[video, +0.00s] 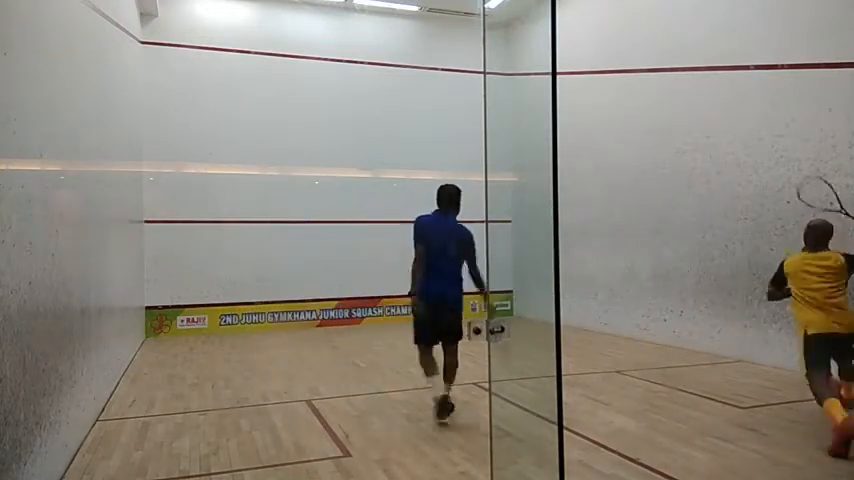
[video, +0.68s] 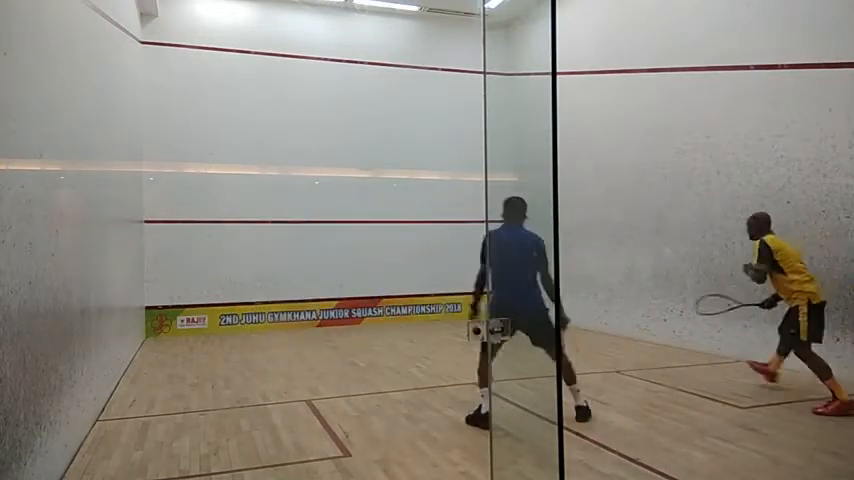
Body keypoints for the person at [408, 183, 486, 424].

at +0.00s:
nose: (459, 205)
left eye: (457, 201)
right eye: (459, 202)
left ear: (437, 202)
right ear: (457, 204)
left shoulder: (422, 223)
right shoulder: (463, 234)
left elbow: (419, 259)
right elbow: (472, 268)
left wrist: (414, 290)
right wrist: (482, 287)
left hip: (424, 296)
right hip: (451, 298)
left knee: (424, 346)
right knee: (450, 348)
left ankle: (437, 388)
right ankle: (445, 395)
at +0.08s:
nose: (467, 205)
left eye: (466, 201)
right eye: (466, 201)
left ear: (444, 201)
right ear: (463, 203)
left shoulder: (430, 225)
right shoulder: (472, 231)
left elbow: (427, 261)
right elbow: (488, 267)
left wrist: (417, 293)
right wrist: (507, 291)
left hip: (439, 299)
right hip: (464, 299)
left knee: (448, 351)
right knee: (456, 349)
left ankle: (469, 401)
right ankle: (446, 400)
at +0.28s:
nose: (478, 205)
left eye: (477, 201)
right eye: (477, 201)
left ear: (455, 203)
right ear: (474, 202)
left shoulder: (445, 231)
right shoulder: (488, 231)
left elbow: (435, 265)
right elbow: (506, 265)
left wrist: (420, 291)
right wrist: (528, 294)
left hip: (462, 300)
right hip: (486, 299)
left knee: (470, 352)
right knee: (477, 349)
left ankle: (481, 409)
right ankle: (472, 397)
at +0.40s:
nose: (462, 202)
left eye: (463, 198)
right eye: (466, 198)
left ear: (464, 201)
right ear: (485, 200)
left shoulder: (456, 229)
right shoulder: (499, 228)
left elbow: (442, 265)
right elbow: (511, 265)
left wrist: (426, 290)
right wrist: (530, 296)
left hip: (471, 301)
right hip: (498, 298)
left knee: (474, 353)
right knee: (496, 342)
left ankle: (483, 410)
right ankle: (493, 396)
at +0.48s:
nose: (477, 204)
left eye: (476, 199)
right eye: (489, 199)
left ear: (473, 201)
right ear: (495, 201)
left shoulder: (466, 229)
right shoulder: (509, 228)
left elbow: (453, 265)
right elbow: (518, 267)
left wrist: (436, 289)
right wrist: (533, 300)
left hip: (479, 301)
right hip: (508, 300)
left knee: (475, 355)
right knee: (515, 345)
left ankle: (483, 411)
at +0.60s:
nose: (504, 210)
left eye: (496, 206)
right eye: (504, 206)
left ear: (487, 207)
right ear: (506, 208)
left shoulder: (477, 233)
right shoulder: (520, 235)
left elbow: (468, 269)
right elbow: (530, 275)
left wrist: (452, 294)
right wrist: (543, 306)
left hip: (490, 305)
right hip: (519, 305)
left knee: (476, 355)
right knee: (537, 348)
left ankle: (483, 411)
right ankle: (563, 398)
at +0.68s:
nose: (519, 217)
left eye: (510, 212)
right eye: (521, 213)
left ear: (503, 214)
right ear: (524, 215)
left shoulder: (490, 239)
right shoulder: (534, 241)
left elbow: (482, 276)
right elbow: (546, 280)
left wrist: (474, 309)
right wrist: (560, 311)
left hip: (501, 309)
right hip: (532, 310)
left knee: (485, 357)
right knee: (560, 356)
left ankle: (484, 409)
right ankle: (580, 404)